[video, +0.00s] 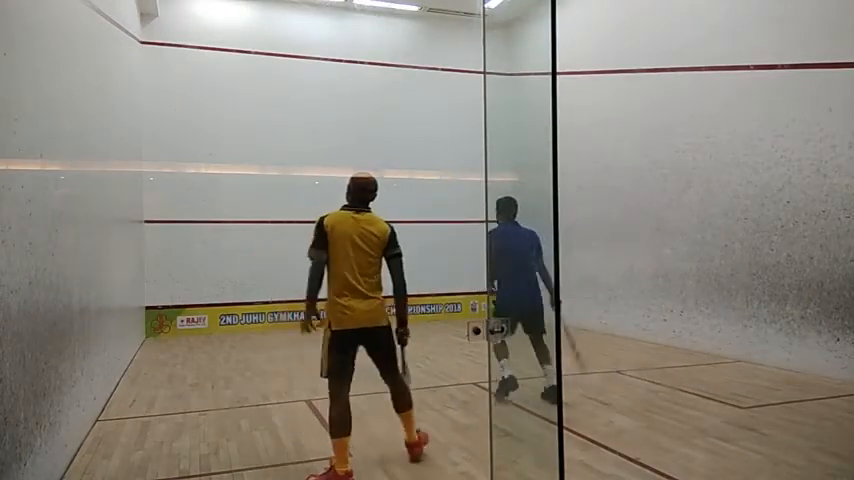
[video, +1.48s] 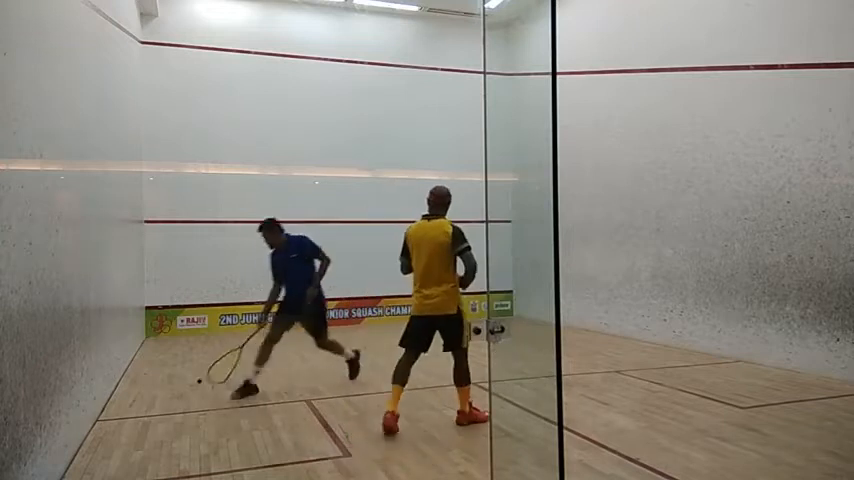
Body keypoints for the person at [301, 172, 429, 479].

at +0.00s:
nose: (349, 191)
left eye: (350, 188)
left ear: (348, 193)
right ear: (374, 197)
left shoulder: (327, 223)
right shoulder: (384, 229)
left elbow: (316, 267)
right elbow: (399, 280)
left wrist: (309, 308)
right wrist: (402, 324)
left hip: (341, 324)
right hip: (376, 321)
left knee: (339, 394)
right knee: (394, 377)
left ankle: (341, 466)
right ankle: (412, 441)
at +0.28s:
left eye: (384, 191)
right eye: (401, 194)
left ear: (380, 195)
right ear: (405, 200)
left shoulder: (360, 226)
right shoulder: (415, 231)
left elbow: (347, 271)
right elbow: (431, 281)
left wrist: (341, 310)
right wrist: (441, 322)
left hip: (373, 323)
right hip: (409, 321)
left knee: (353, 377)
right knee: (416, 378)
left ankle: (348, 451)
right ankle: (417, 445)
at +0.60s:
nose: (394, 197)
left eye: (393, 193)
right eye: (407, 193)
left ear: (391, 196)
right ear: (415, 198)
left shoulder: (375, 226)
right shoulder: (427, 229)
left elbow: (362, 266)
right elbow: (445, 270)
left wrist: (359, 300)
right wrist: (449, 309)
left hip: (384, 314)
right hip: (416, 314)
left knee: (378, 370)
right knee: (419, 376)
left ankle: (378, 432)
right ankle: (417, 444)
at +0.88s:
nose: (387, 197)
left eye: (389, 193)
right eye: (390, 192)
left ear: (389, 199)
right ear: (409, 201)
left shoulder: (372, 230)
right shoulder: (422, 228)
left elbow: (363, 271)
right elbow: (442, 266)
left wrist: (376, 286)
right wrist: (432, 293)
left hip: (386, 313)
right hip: (417, 311)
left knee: (385, 366)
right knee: (428, 365)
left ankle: (385, 424)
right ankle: (420, 421)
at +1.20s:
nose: (396, 196)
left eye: (400, 193)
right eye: (398, 192)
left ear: (401, 200)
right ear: (416, 201)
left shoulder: (379, 230)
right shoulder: (425, 227)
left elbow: (373, 267)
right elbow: (447, 261)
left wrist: (393, 263)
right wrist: (435, 284)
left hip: (396, 308)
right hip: (425, 305)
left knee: (390, 362)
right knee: (447, 349)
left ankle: (386, 423)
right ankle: (446, 411)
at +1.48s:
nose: (443, 207)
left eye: (434, 201)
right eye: (446, 203)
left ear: (428, 202)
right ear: (448, 205)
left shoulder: (412, 232)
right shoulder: (453, 231)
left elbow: (405, 267)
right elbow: (471, 266)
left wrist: (425, 255)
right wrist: (461, 283)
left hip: (421, 309)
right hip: (449, 309)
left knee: (408, 355)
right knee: (460, 355)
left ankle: (391, 410)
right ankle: (465, 409)